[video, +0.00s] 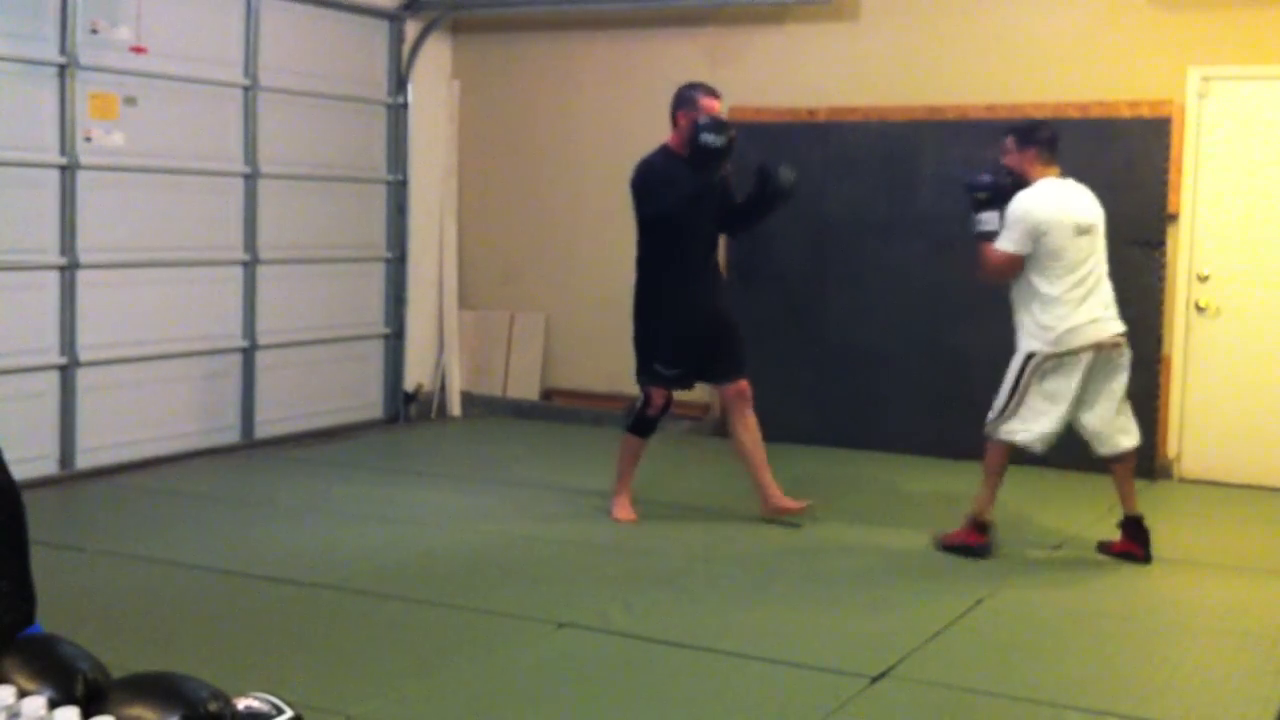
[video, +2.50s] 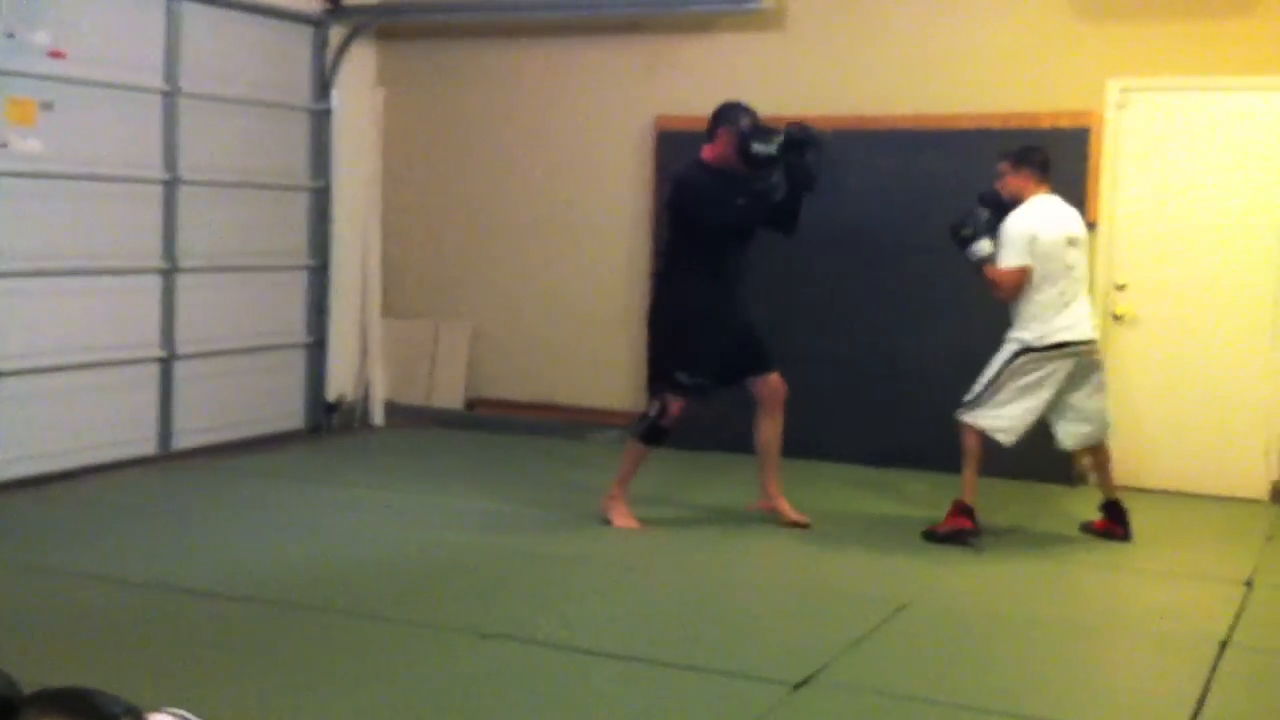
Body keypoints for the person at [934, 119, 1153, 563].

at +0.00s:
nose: (1004, 162)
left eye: (1008, 153)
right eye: (1005, 154)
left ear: (1027, 154)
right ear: (1049, 153)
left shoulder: (1029, 205)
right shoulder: (1086, 196)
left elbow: (996, 268)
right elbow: (1062, 249)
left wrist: (987, 219)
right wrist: (1016, 199)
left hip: (1054, 341)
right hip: (1107, 333)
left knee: (1003, 429)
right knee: (1113, 428)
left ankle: (978, 526)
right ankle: (1134, 529)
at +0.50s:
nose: (1059, 173)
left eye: (1062, 164)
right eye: (1059, 164)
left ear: (1080, 164)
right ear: (1106, 163)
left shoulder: (1084, 214)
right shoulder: (1143, 206)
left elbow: (1053, 278)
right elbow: (1122, 263)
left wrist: (1043, 229)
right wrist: (1069, 216)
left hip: (1111, 349)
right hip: (1165, 341)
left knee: (1043, 431)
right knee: (1179, 439)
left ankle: (1028, 530)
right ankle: (1197, 530)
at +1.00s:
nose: (1017, 193)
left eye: (1020, 186)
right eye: (1019, 186)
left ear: (1033, 185)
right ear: (1062, 187)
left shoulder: (1012, 219)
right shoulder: (1101, 232)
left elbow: (942, 226)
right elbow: (1102, 291)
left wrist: (900, 206)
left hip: (1055, 355)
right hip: (1114, 356)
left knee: (985, 429)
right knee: (1132, 418)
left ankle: (964, 528)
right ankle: (1159, 490)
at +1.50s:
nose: (1032, 174)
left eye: (1034, 166)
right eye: (1032, 166)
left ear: (1049, 165)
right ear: (1072, 162)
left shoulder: (1046, 212)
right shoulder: (1115, 204)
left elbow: (1004, 268)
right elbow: (1084, 249)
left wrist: (997, 225)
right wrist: (1036, 208)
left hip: (1074, 338)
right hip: (1124, 338)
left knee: (1029, 428)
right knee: (1122, 426)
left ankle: (1025, 523)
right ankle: (1151, 499)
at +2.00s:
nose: (1040, 187)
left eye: (1043, 178)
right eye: (1039, 179)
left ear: (1064, 176)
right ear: (1079, 175)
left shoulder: (1070, 219)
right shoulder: (1113, 212)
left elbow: (1027, 270)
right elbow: (1068, 265)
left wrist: (1012, 230)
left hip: (1088, 348)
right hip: (1130, 344)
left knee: (1021, 424)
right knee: (1138, 438)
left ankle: (1011, 522)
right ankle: (1163, 517)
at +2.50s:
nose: (1000, 184)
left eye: (1005, 176)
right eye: (1001, 176)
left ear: (1026, 176)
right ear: (1041, 176)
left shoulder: (1021, 221)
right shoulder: (1071, 215)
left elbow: (1006, 286)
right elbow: (1048, 268)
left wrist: (980, 250)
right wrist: (1005, 222)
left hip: (1039, 341)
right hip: (1082, 337)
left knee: (971, 417)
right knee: (1092, 431)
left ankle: (964, 512)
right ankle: (1115, 513)